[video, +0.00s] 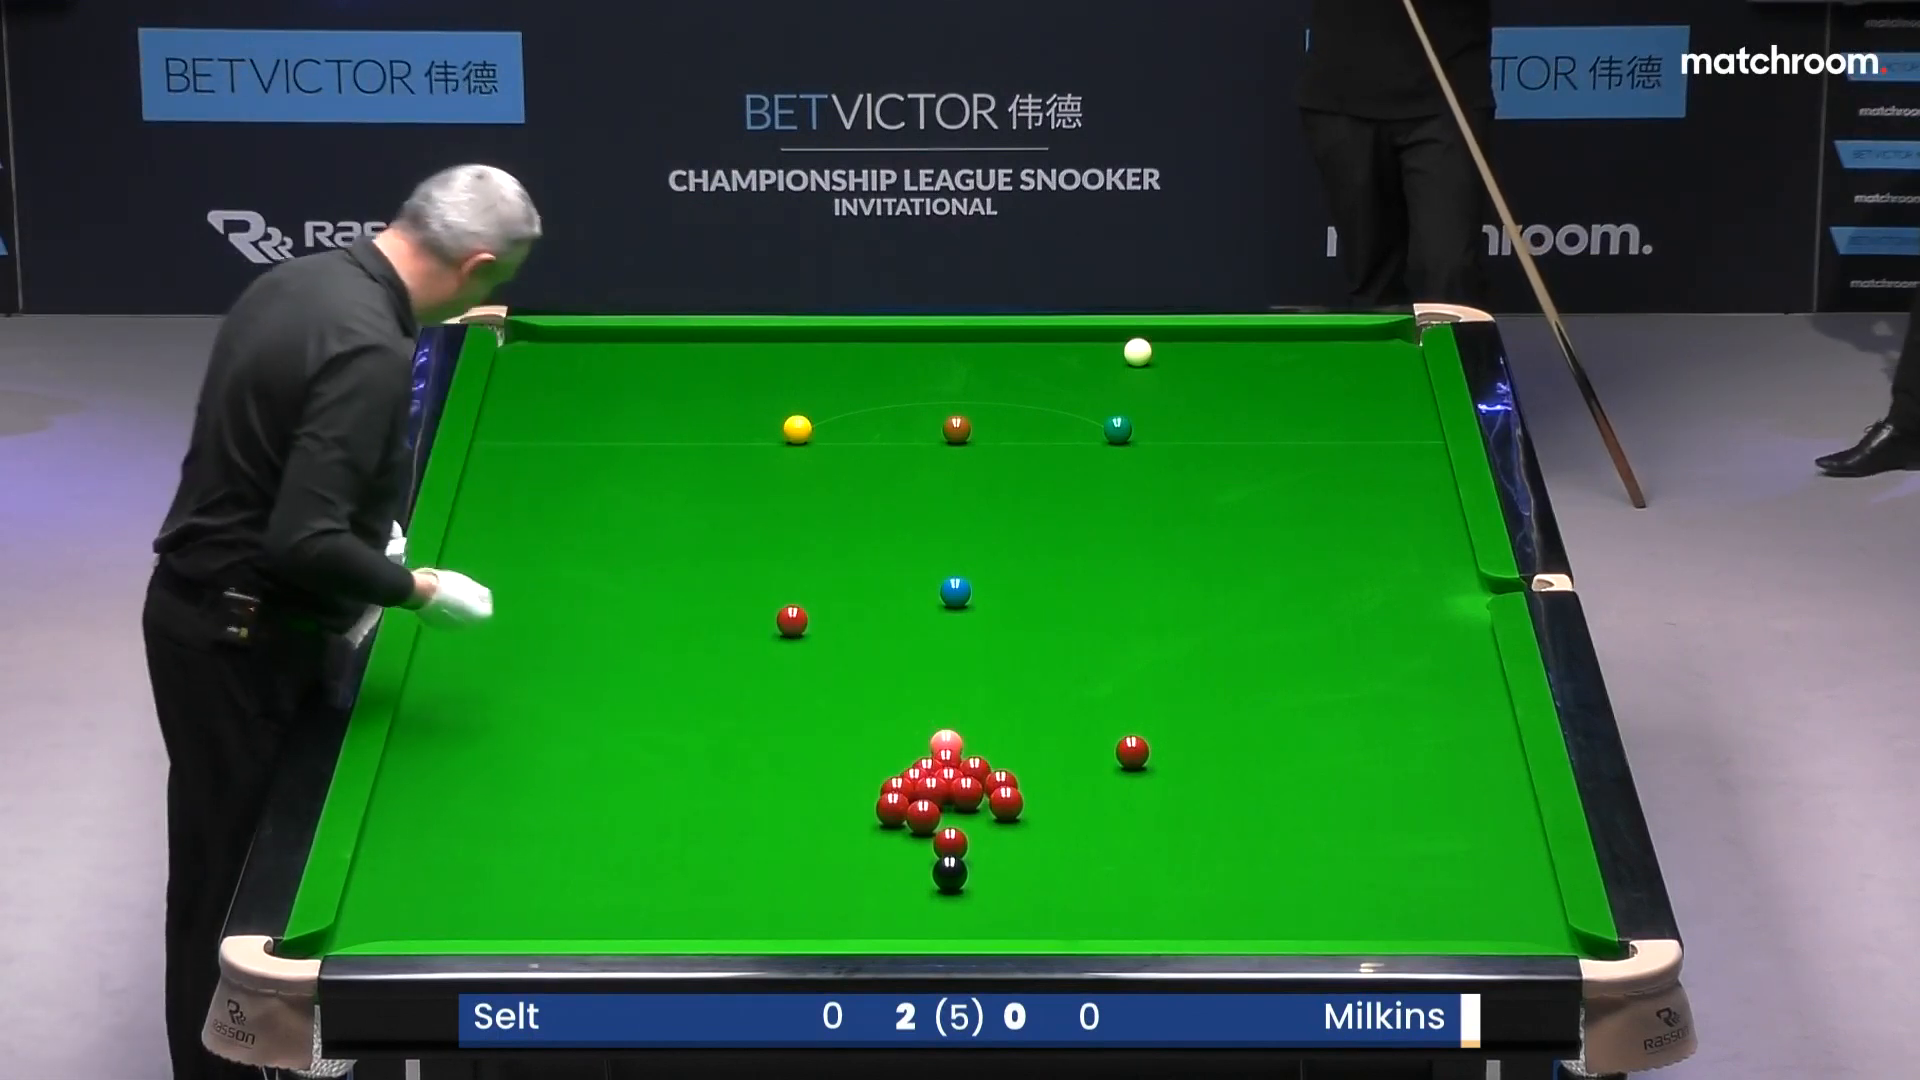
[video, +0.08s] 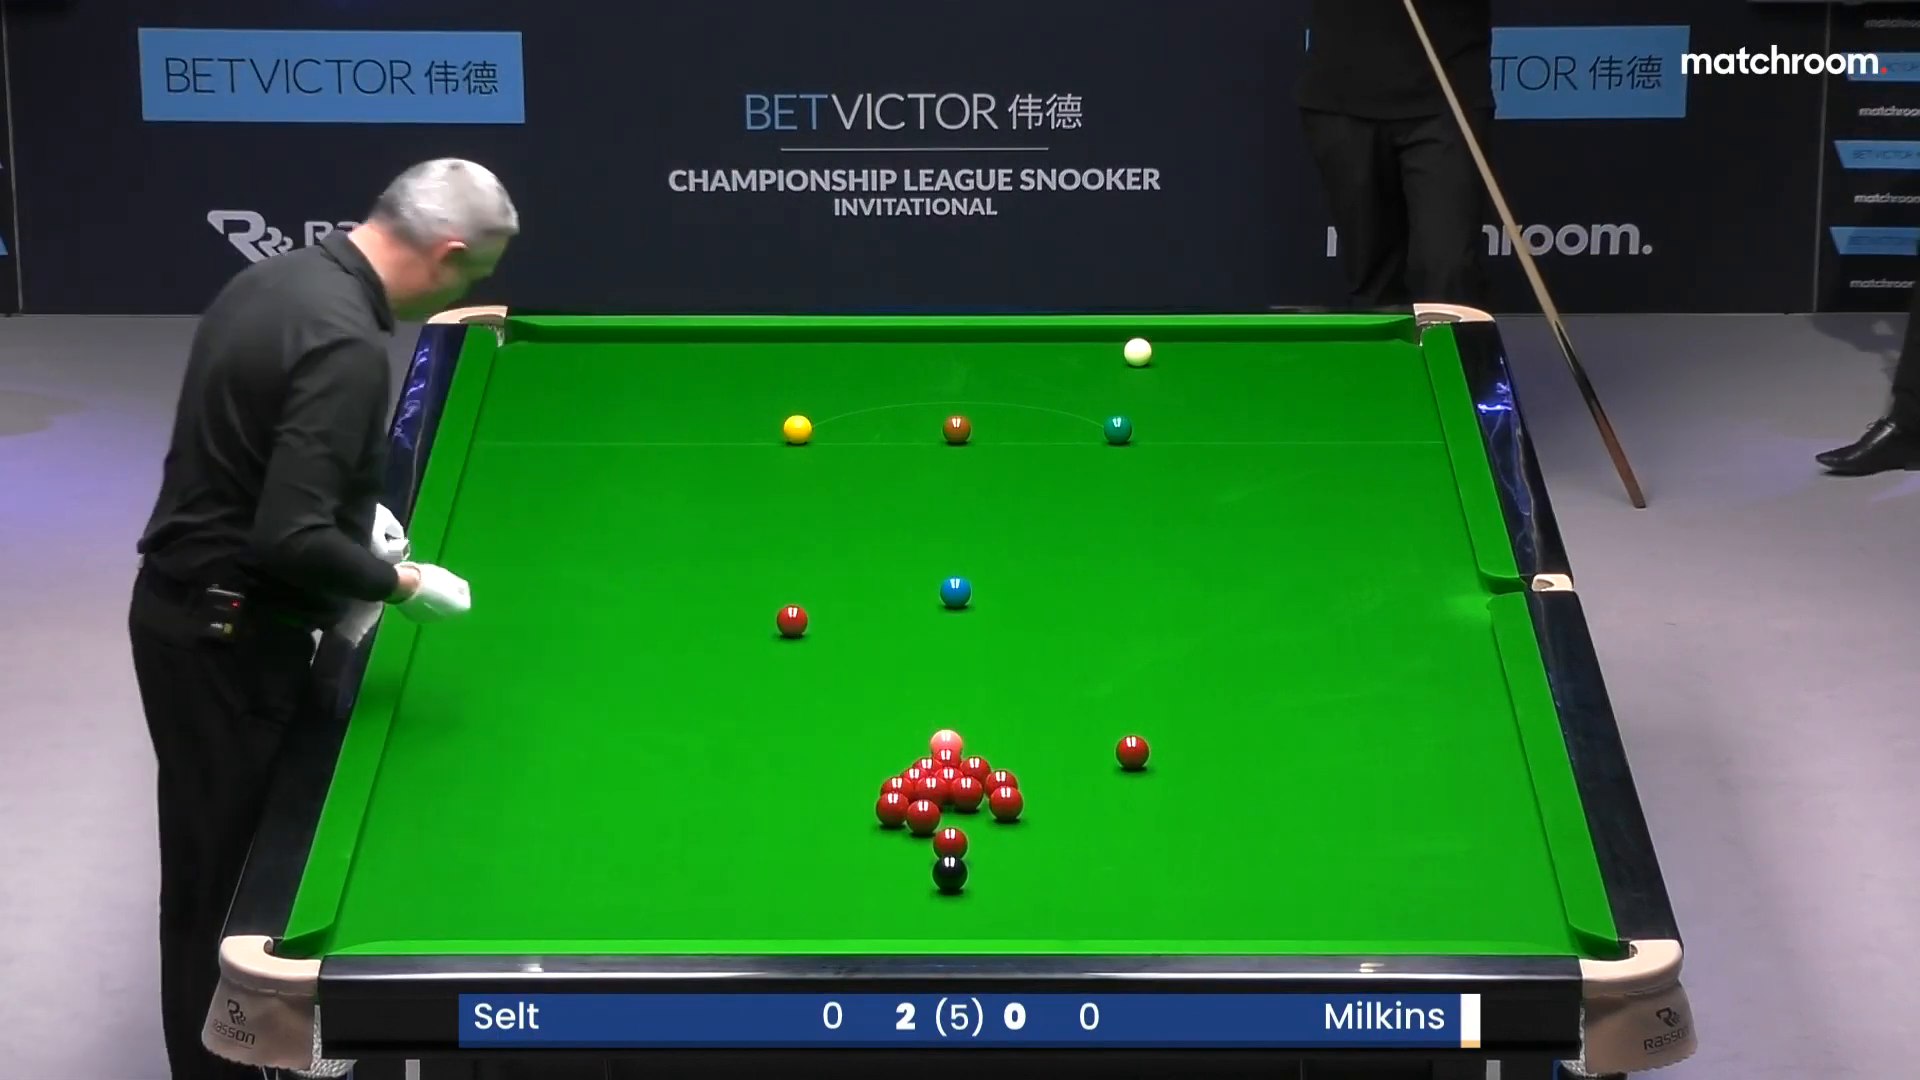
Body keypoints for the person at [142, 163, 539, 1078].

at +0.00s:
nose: (486, 298)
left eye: (497, 282)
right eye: (495, 280)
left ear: (411, 220)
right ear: (472, 263)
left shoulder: (298, 281)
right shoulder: (371, 349)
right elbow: (304, 540)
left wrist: (440, 317)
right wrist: (417, 584)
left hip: (194, 608)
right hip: (245, 634)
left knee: (217, 856)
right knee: (242, 866)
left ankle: (208, 1052)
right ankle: (215, 1060)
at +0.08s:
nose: (460, 296)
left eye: (473, 279)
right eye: (470, 277)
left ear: (391, 221)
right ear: (441, 250)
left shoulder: (280, 278)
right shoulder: (347, 343)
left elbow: (268, 430)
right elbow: (291, 535)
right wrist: (402, 580)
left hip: (183, 608)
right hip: (231, 633)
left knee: (212, 854)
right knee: (234, 865)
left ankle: (207, 1053)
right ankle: (212, 1061)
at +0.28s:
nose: (401, 296)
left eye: (415, 280)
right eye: (409, 274)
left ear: (354, 224)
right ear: (366, 235)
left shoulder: (230, 279)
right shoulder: (280, 337)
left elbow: (223, 444)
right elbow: (241, 535)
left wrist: (333, 498)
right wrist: (359, 574)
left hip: (156, 615)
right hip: (190, 639)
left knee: (205, 874)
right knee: (207, 892)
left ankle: (153, 1058)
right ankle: (140, 1066)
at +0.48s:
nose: (341, 308)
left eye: (354, 295)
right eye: (342, 287)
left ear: (289, 243)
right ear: (287, 243)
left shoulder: (213, 306)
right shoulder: (188, 344)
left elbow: (220, 475)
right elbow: (127, 549)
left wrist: (313, 519)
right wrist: (274, 597)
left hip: (168, 644)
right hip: (116, 653)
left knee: (199, 890)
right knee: (101, 892)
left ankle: (211, 1069)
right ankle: (14, 1057)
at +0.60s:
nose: (282, 333)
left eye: (295, 319)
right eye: (280, 312)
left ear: (233, 264)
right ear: (227, 263)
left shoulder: (196, 328)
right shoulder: (119, 364)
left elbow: (199, 486)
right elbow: (40, 556)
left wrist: (276, 558)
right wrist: (192, 626)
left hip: (149, 686)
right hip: (58, 693)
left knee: (186, 923)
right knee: (15, 945)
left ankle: (206, 1070)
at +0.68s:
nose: (243, 355)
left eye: (255, 340)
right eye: (237, 334)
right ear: (179, 280)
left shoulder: (189, 336)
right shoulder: (74, 377)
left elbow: (201, 476)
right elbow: (5, 561)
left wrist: (241, 571)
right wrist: (121, 654)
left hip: (126, 688)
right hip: (27, 696)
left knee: (170, 915)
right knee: (2, 935)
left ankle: (202, 1070)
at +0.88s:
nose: (140, 397)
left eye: (158, 383)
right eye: (130, 377)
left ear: (182, 352)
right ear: (76, 317)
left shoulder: (166, 378)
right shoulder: (3, 377)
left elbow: (188, 517)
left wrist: (175, 638)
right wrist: (14, 708)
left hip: (78, 691)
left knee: (137, 900)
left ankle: (180, 1066)